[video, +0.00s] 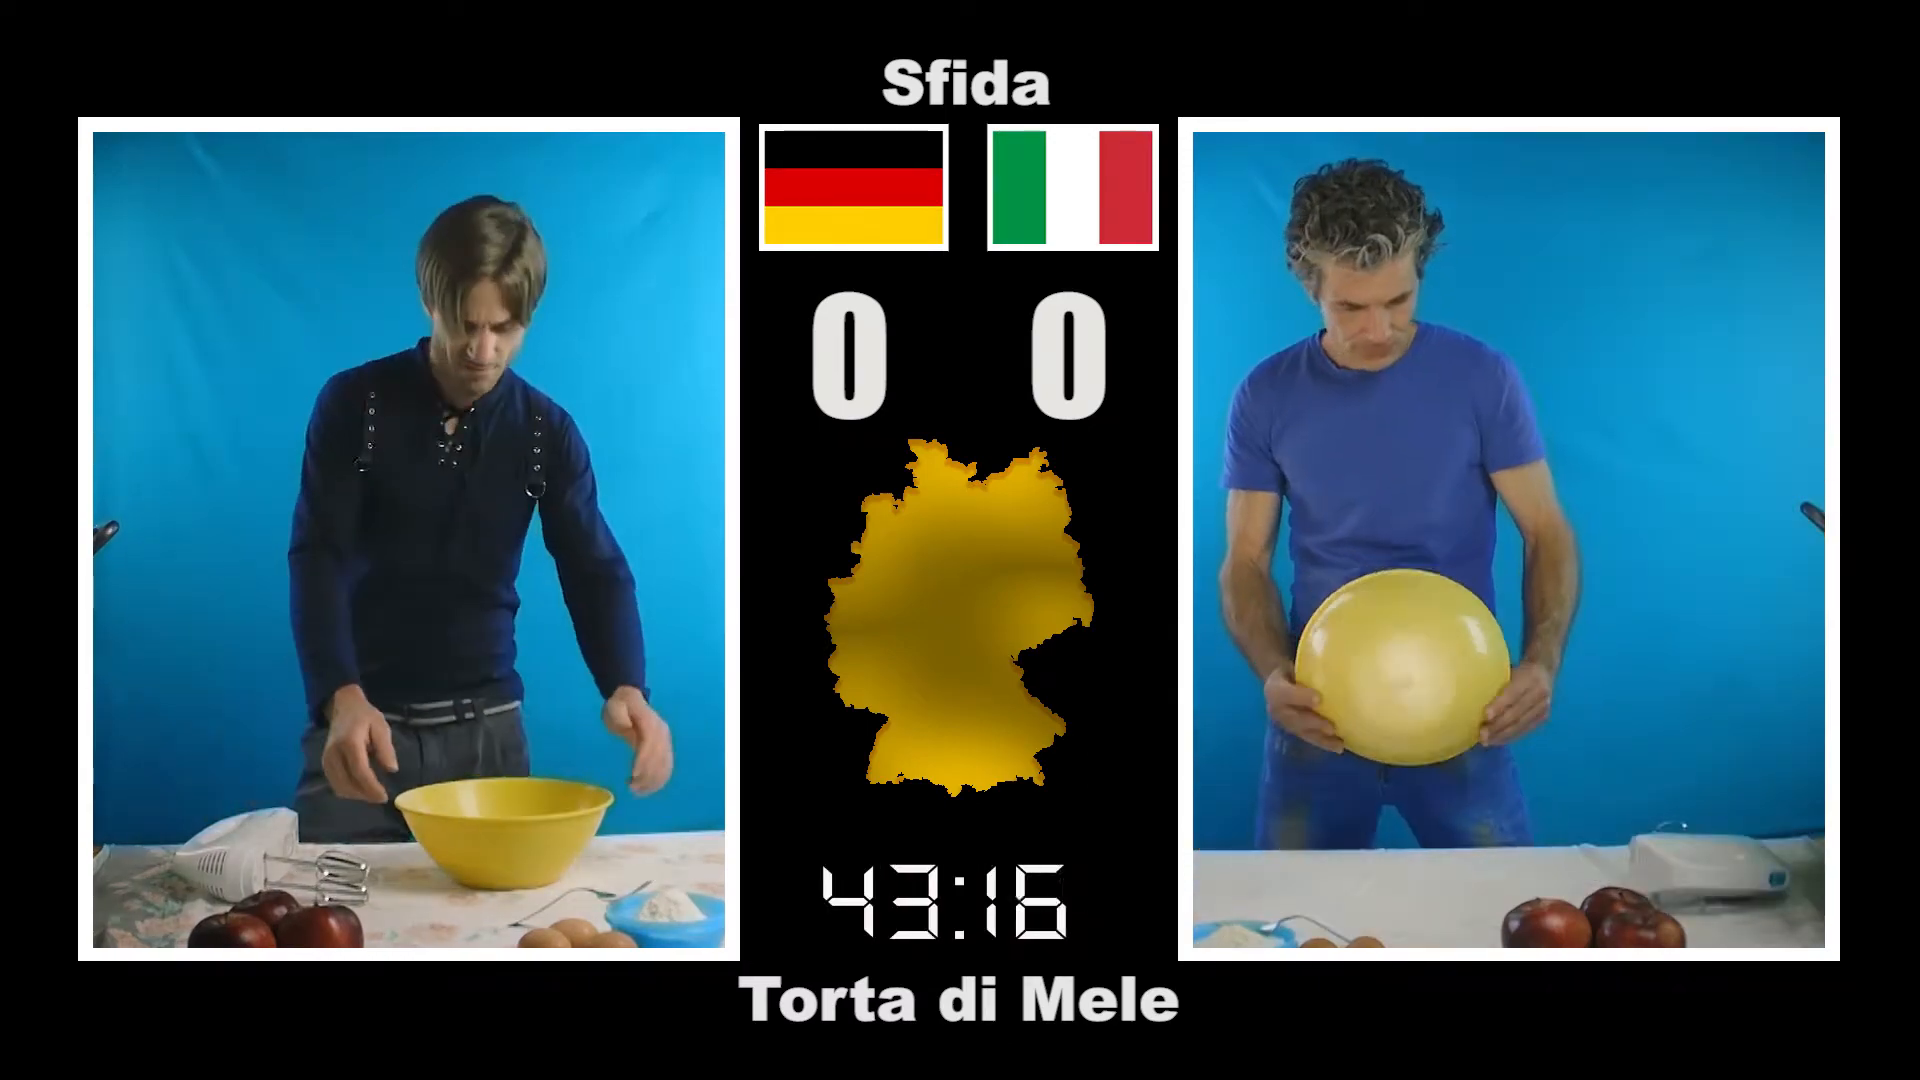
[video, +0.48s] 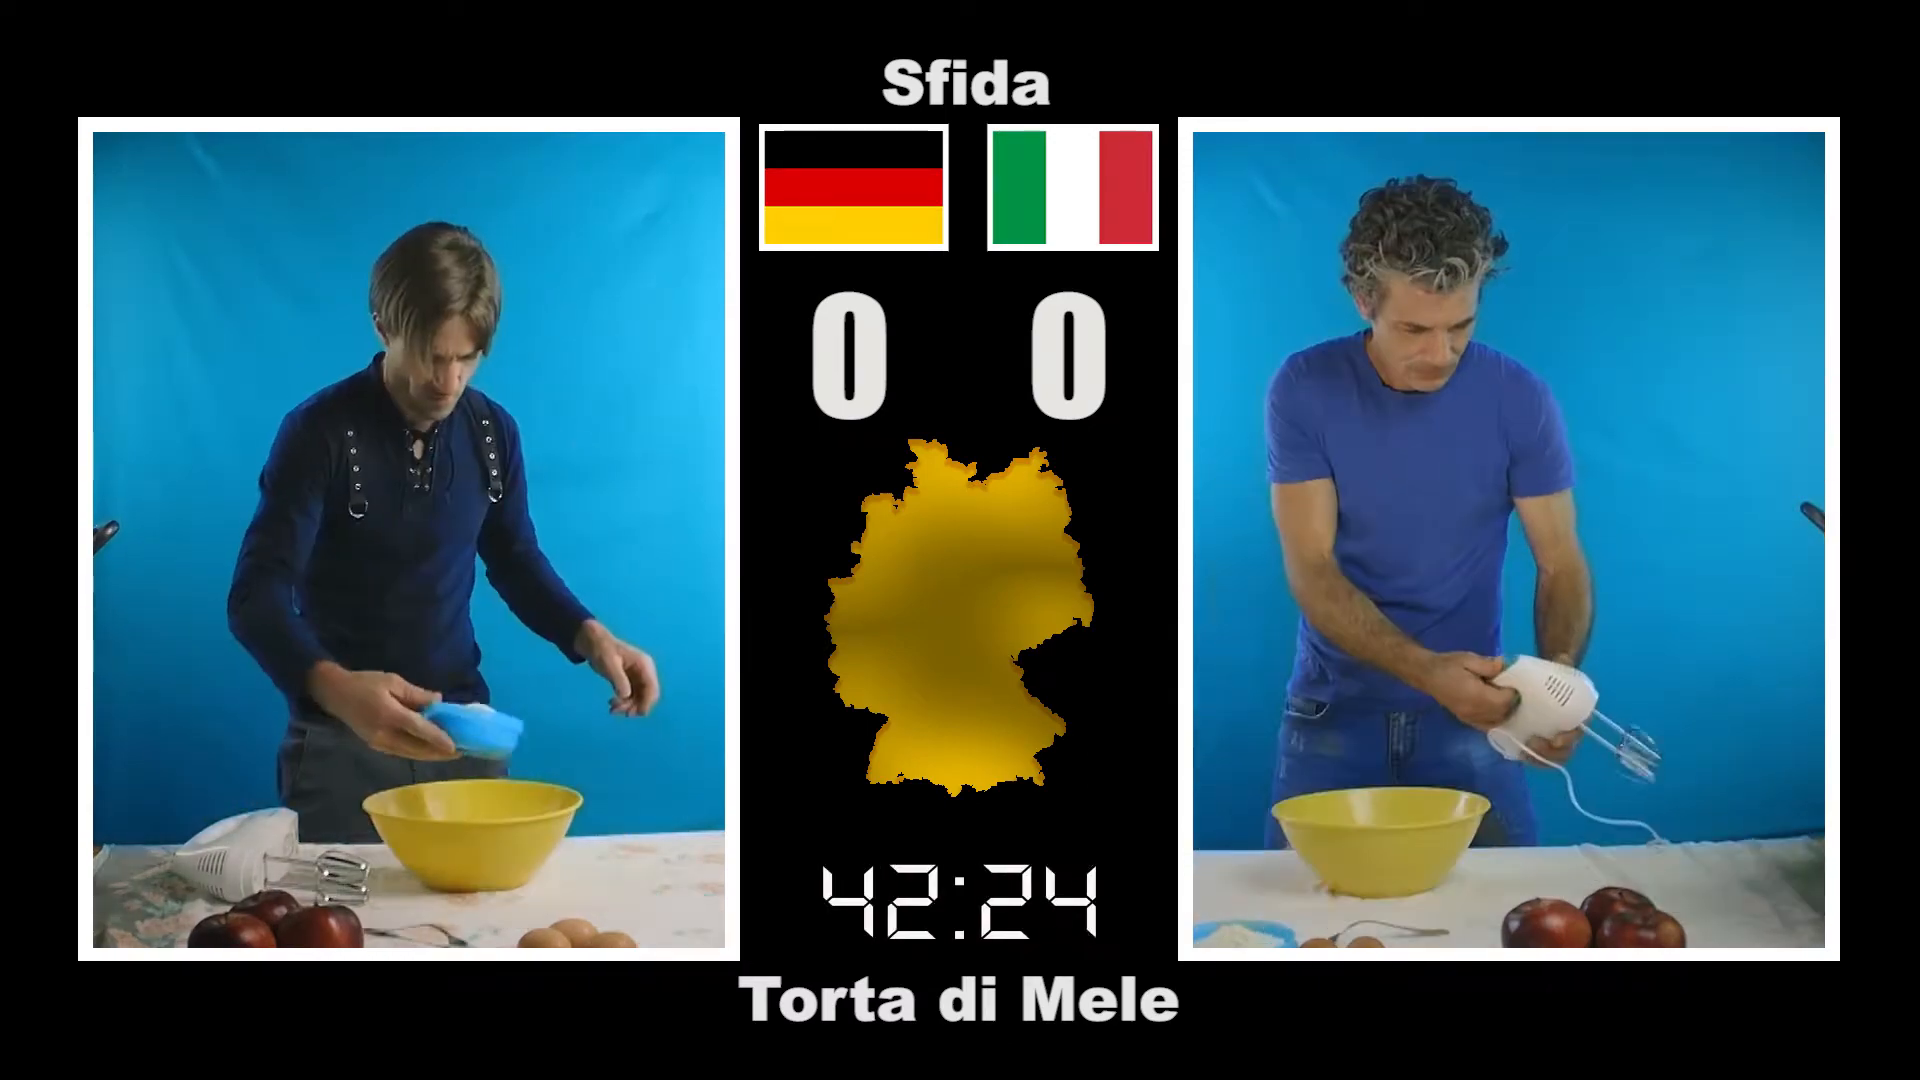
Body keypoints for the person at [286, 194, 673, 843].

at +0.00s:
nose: (482, 349)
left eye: (504, 327)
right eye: (465, 325)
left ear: (527, 316)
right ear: (431, 304)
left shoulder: (543, 431)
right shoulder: (354, 407)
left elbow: (594, 566)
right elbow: (318, 557)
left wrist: (624, 685)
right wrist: (340, 694)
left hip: (487, 733)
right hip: (362, 738)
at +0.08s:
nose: (474, 358)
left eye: (495, 335)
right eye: (455, 334)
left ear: (519, 321)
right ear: (422, 310)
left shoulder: (535, 432)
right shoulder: (345, 411)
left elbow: (586, 575)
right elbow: (313, 564)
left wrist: (612, 698)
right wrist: (346, 707)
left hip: (479, 731)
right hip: (353, 739)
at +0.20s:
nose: (452, 365)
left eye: (473, 342)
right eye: (434, 341)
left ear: (499, 324)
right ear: (400, 315)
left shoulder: (517, 431)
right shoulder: (325, 415)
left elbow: (567, 579)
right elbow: (298, 578)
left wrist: (595, 711)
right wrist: (348, 720)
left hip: (464, 728)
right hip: (338, 737)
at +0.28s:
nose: (435, 383)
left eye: (453, 359)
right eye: (417, 361)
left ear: (473, 341)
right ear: (375, 334)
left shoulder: (490, 430)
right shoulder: (311, 437)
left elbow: (525, 549)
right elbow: (261, 597)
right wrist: (299, 681)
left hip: (463, 741)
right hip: (345, 751)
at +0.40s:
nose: (444, 382)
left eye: (462, 358)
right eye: (427, 359)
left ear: (480, 340)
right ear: (383, 331)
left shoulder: (489, 432)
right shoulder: (316, 435)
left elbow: (516, 550)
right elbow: (259, 600)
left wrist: (595, 635)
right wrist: (327, 684)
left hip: (462, 738)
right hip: (343, 745)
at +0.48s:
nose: (450, 380)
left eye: (468, 357)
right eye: (433, 358)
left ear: (485, 341)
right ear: (388, 330)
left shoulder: (490, 434)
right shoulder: (321, 433)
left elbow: (512, 553)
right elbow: (258, 596)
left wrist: (591, 638)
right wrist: (334, 689)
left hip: (462, 741)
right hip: (342, 747)